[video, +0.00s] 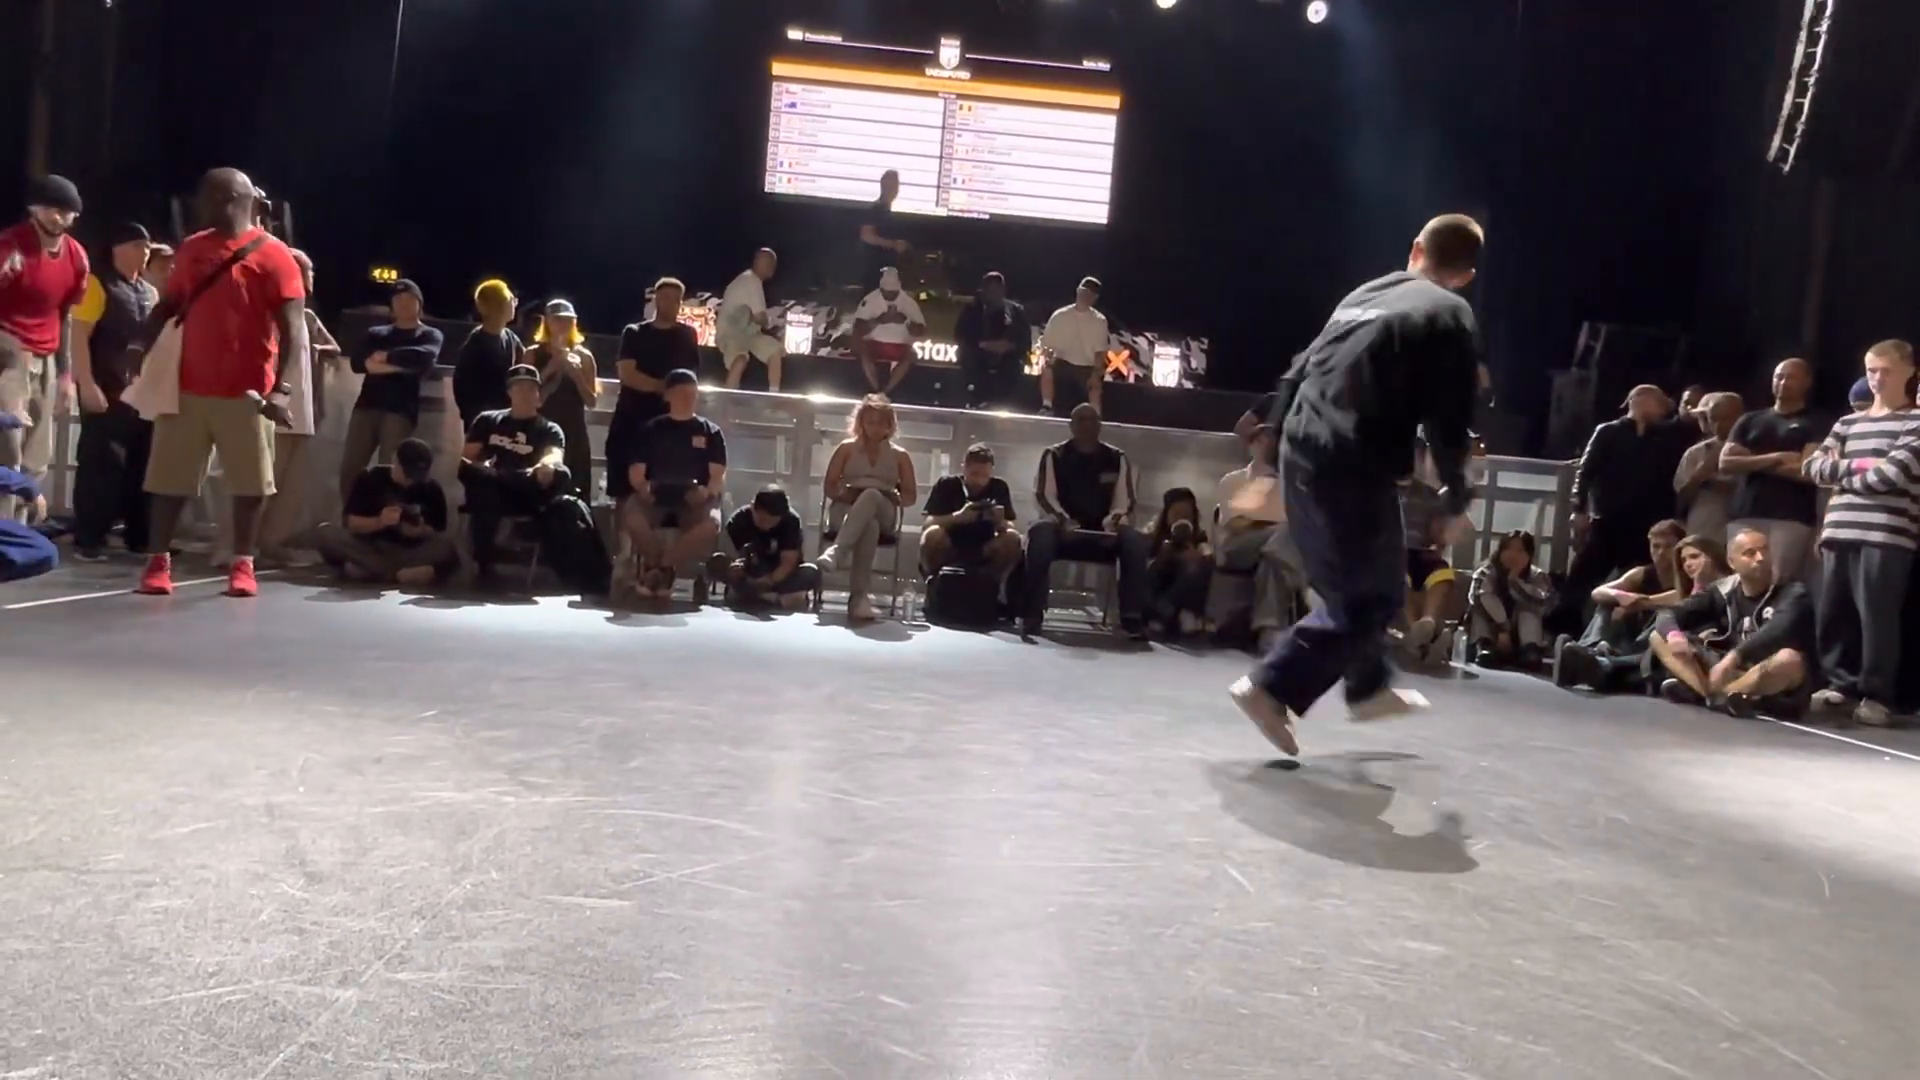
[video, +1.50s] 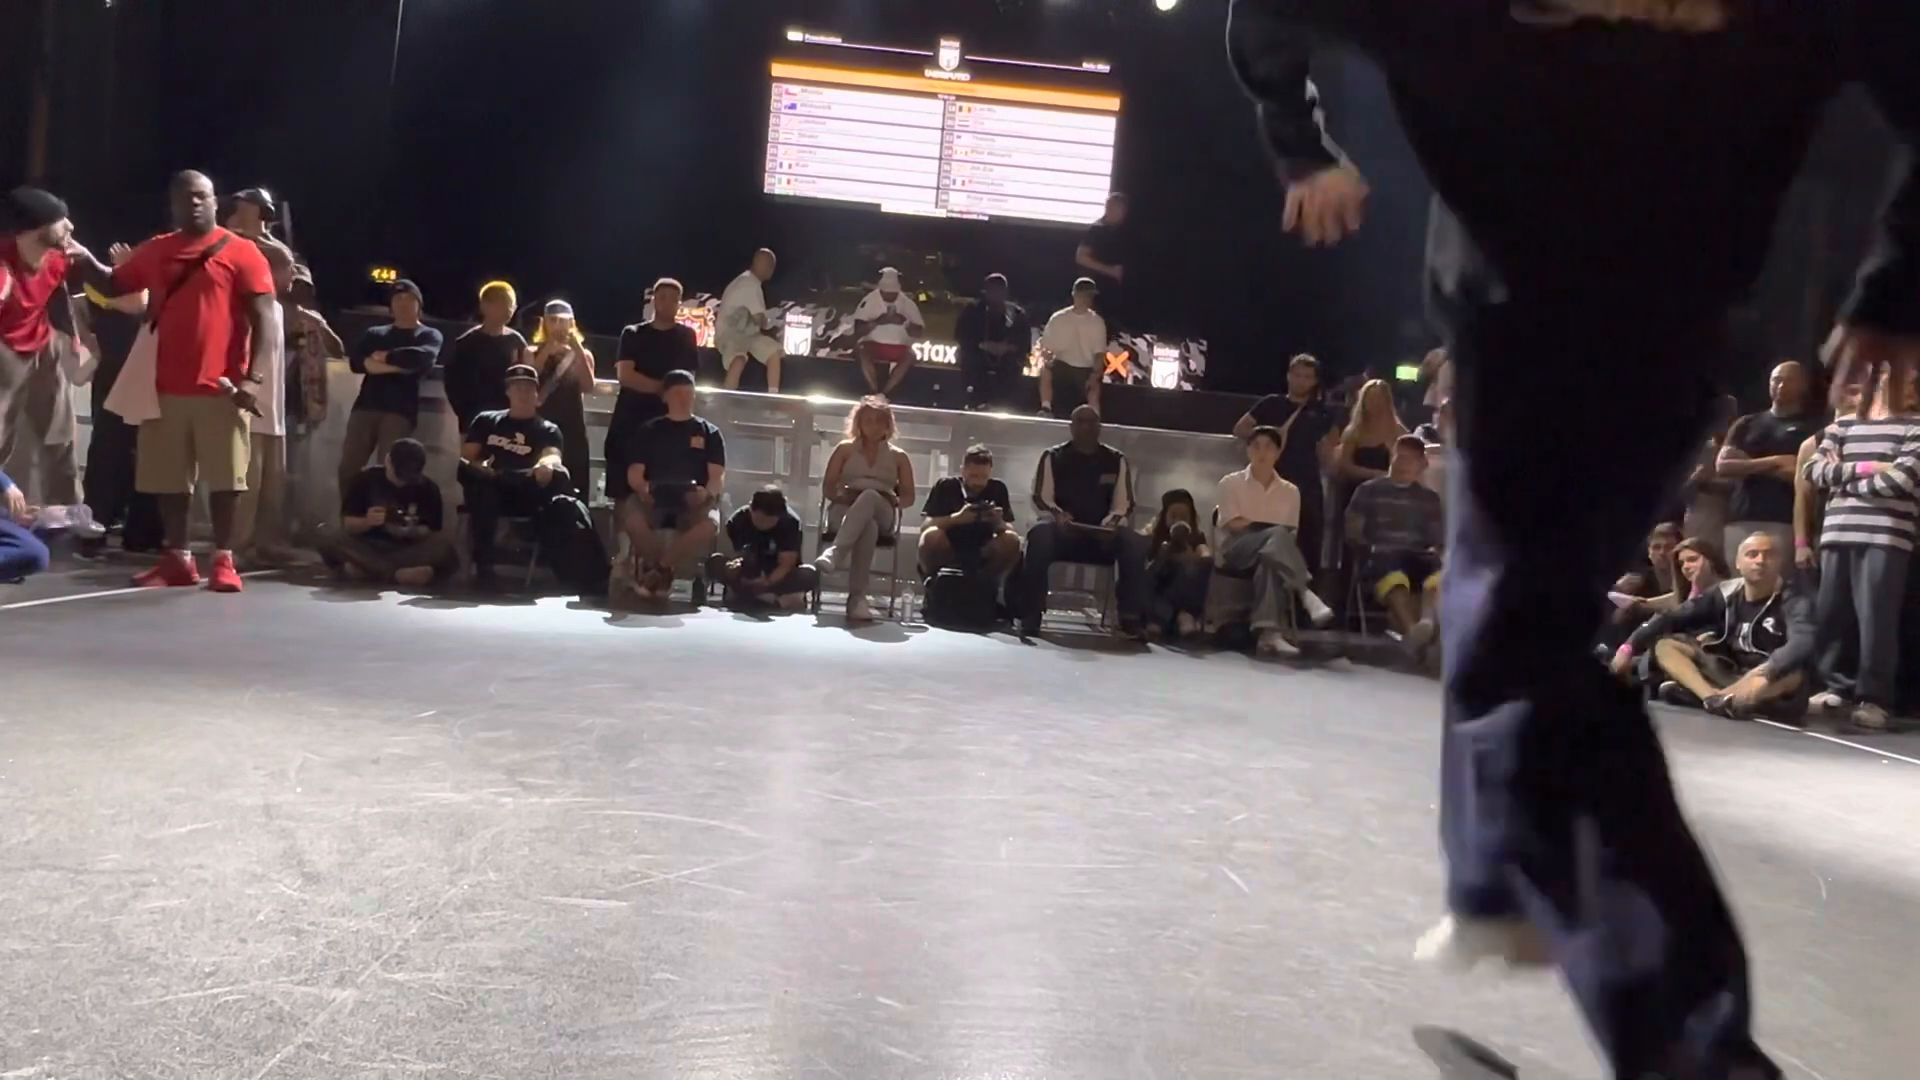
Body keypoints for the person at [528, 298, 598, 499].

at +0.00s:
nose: (563, 324)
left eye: (567, 319)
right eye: (557, 319)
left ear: (573, 323)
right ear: (547, 322)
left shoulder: (584, 356)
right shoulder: (533, 354)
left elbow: (591, 401)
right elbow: (529, 397)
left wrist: (575, 373)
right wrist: (553, 366)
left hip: (574, 428)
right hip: (541, 429)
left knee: (578, 490)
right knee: (540, 490)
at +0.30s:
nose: (561, 325)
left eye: (566, 320)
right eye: (556, 319)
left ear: (572, 324)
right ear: (546, 322)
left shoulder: (583, 357)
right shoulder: (532, 354)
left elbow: (590, 401)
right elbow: (529, 399)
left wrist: (574, 373)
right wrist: (552, 368)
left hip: (573, 430)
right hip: (540, 430)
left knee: (576, 492)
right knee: (539, 492)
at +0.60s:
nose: (562, 327)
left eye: (567, 321)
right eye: (556, 321)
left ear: (572, 325)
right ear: (546, 323)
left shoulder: (584, 357)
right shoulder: (532, 355)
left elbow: (591, 401)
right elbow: (529, 399)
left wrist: (575, 372)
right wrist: (553, 366)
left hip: (573, 431)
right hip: (540, 431)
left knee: (576, 493)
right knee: (539, 493)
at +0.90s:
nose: (560, 329)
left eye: (566, 323)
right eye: (554, 323)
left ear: (573, 326)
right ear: (545, 325)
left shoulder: (583, 356)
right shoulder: (531, 354)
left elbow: (589, 397)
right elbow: (528, 398)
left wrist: (577, 363)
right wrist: (548, 360)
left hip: (572, 429)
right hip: (539, 428)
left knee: (576, 490)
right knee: (537, 490)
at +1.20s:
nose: (559, 326)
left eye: (565, 321)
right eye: (554, 321)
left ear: (572, 324)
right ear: (545, 324)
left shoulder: (582, 356)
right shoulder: (532, 353)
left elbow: (587, 388)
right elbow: (526, 389)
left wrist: (576, 352)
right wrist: (545, 355)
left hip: (572, 429)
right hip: (540, 429)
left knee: (576, 488)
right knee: (539, 487)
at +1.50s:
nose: (558, 326)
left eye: (564, 320)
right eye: (553, 320)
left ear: (571, 323)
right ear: (544, 323)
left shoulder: (583, 355)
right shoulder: (532, 352)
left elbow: (588, 386)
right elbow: (526, 383)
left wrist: (577, 351)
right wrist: (545, 354)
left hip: (571, 424)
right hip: (540, 423)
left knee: (576, 481)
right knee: (539, 479)